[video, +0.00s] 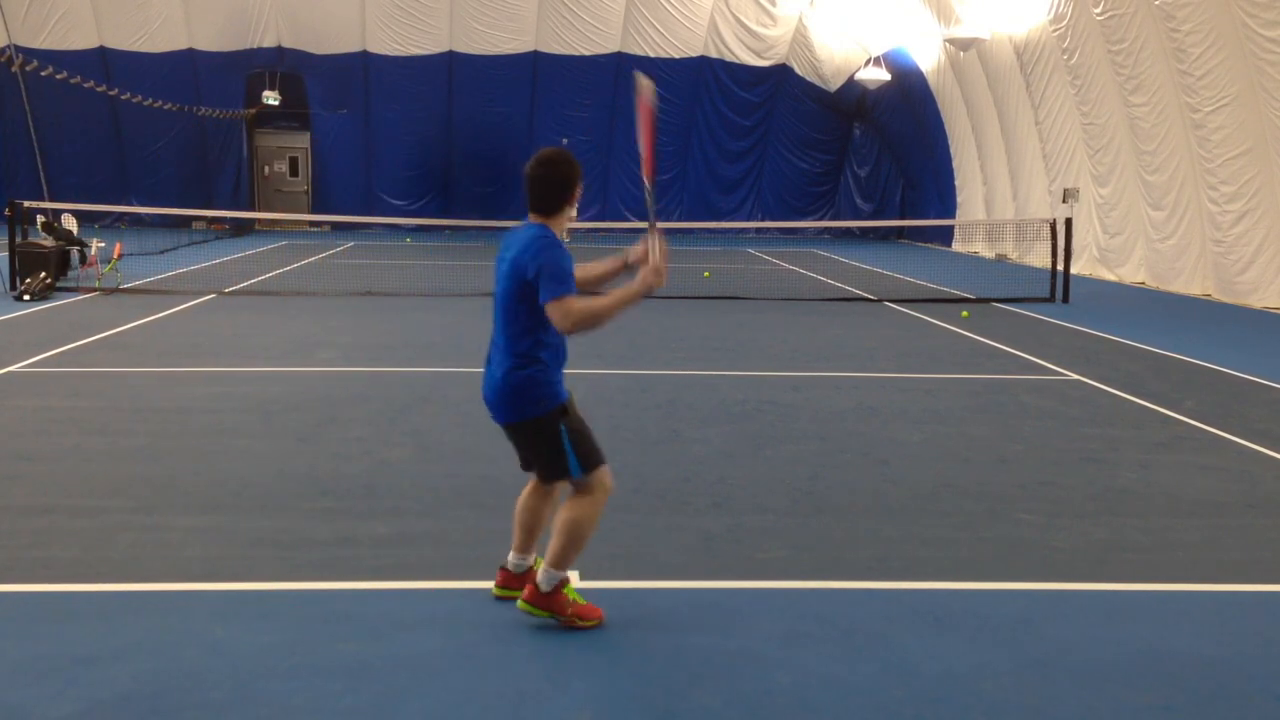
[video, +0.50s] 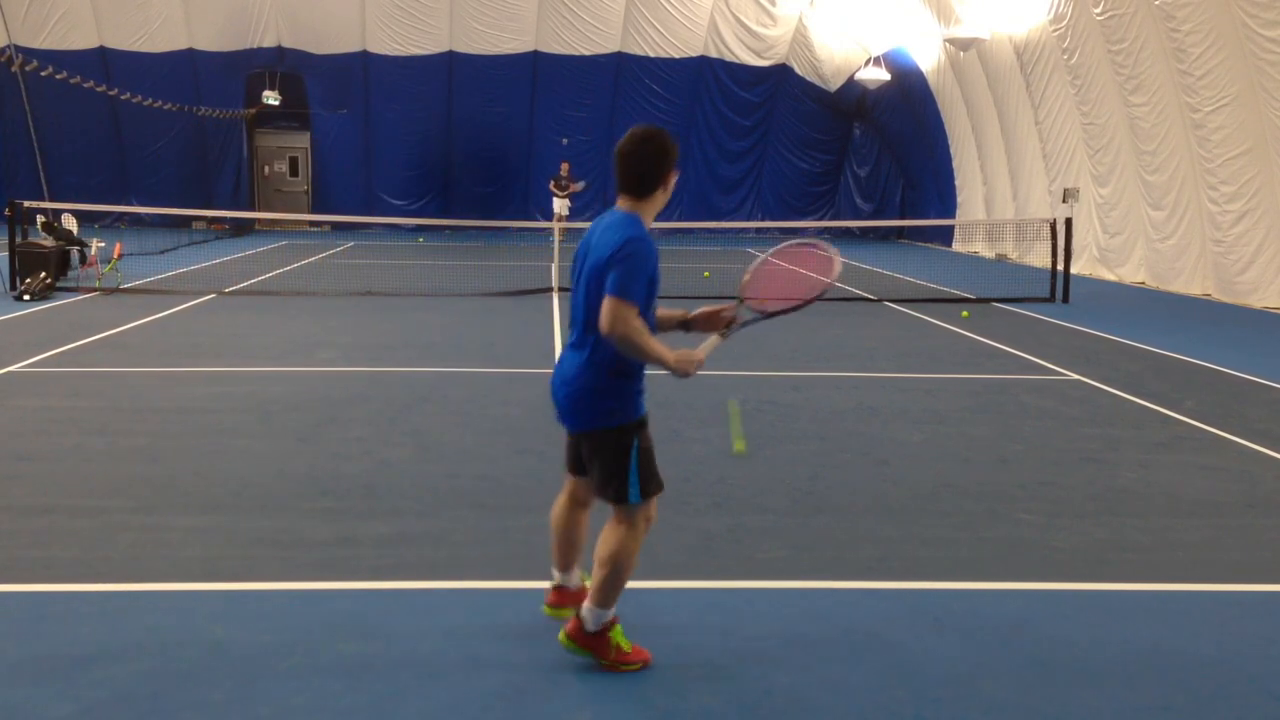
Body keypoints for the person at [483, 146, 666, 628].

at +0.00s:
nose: (581, 195)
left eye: (578, 188)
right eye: (580, 188)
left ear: (531, 193)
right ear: (573, 195)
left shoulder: (518, 240)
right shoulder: (547, 251)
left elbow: (569, 281)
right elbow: (566, 317)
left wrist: (625, 261)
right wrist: (638, 287)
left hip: (507, 387)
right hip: (535, 393)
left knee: (549, 476)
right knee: (595, 484)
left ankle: (517, 571)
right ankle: (548, 586)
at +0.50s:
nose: (676, 182)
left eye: (675, 174)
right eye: (676, 174)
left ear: (620, 174)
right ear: (669, 180)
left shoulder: (601, 230)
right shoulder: (635, 243)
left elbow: (621, 313)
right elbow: (615, 322)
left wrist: (689, 319)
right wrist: (670, 357)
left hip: (576, 384)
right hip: (610, 396)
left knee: (579, 489)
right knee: (636, 508)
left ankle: (566, 586)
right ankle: (593, 625)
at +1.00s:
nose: (766, 174)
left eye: (763, 165)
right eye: (762, 166)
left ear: (699, 185)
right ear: (749, 181)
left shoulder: (714, 237)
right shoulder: (705, 256)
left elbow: (791, 241)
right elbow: (745, 340)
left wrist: (860, 203)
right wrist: (841, 300)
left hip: (671, 436)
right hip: (688, 445)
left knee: (705, 560)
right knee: (762, 593)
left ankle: (637, 675)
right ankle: (700, 711)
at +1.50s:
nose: (887, 108)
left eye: (881, 98)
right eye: (877, 103)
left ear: (801, 133)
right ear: (849, 131)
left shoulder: (780, 209)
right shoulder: (886, 189)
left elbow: (837, 260)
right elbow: (1024, 147)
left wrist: (910, 241)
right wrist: (1063, 59)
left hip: (799, 453)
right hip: (883, 463)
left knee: (800, 566)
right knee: (895, 668)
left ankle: (776, 683)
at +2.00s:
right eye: (998, 186)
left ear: (901, 205)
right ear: (998, 202)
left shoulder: (858, 316)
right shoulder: (1039, 295)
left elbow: (777, 432)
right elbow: (1202, 282)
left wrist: (823, 503)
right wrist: (1183, 152)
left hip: (893, 606)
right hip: (1010, 609)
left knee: (908, 709)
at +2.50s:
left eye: (856, 196)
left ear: (862, 209)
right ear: (950, 208)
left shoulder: (829, 316)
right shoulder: (1003, 327)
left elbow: (798, 448)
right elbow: (1010, 482)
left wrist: (748, 578)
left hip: (844, 586)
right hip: (956, 593)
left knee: (831, 704)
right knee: (949, 710)